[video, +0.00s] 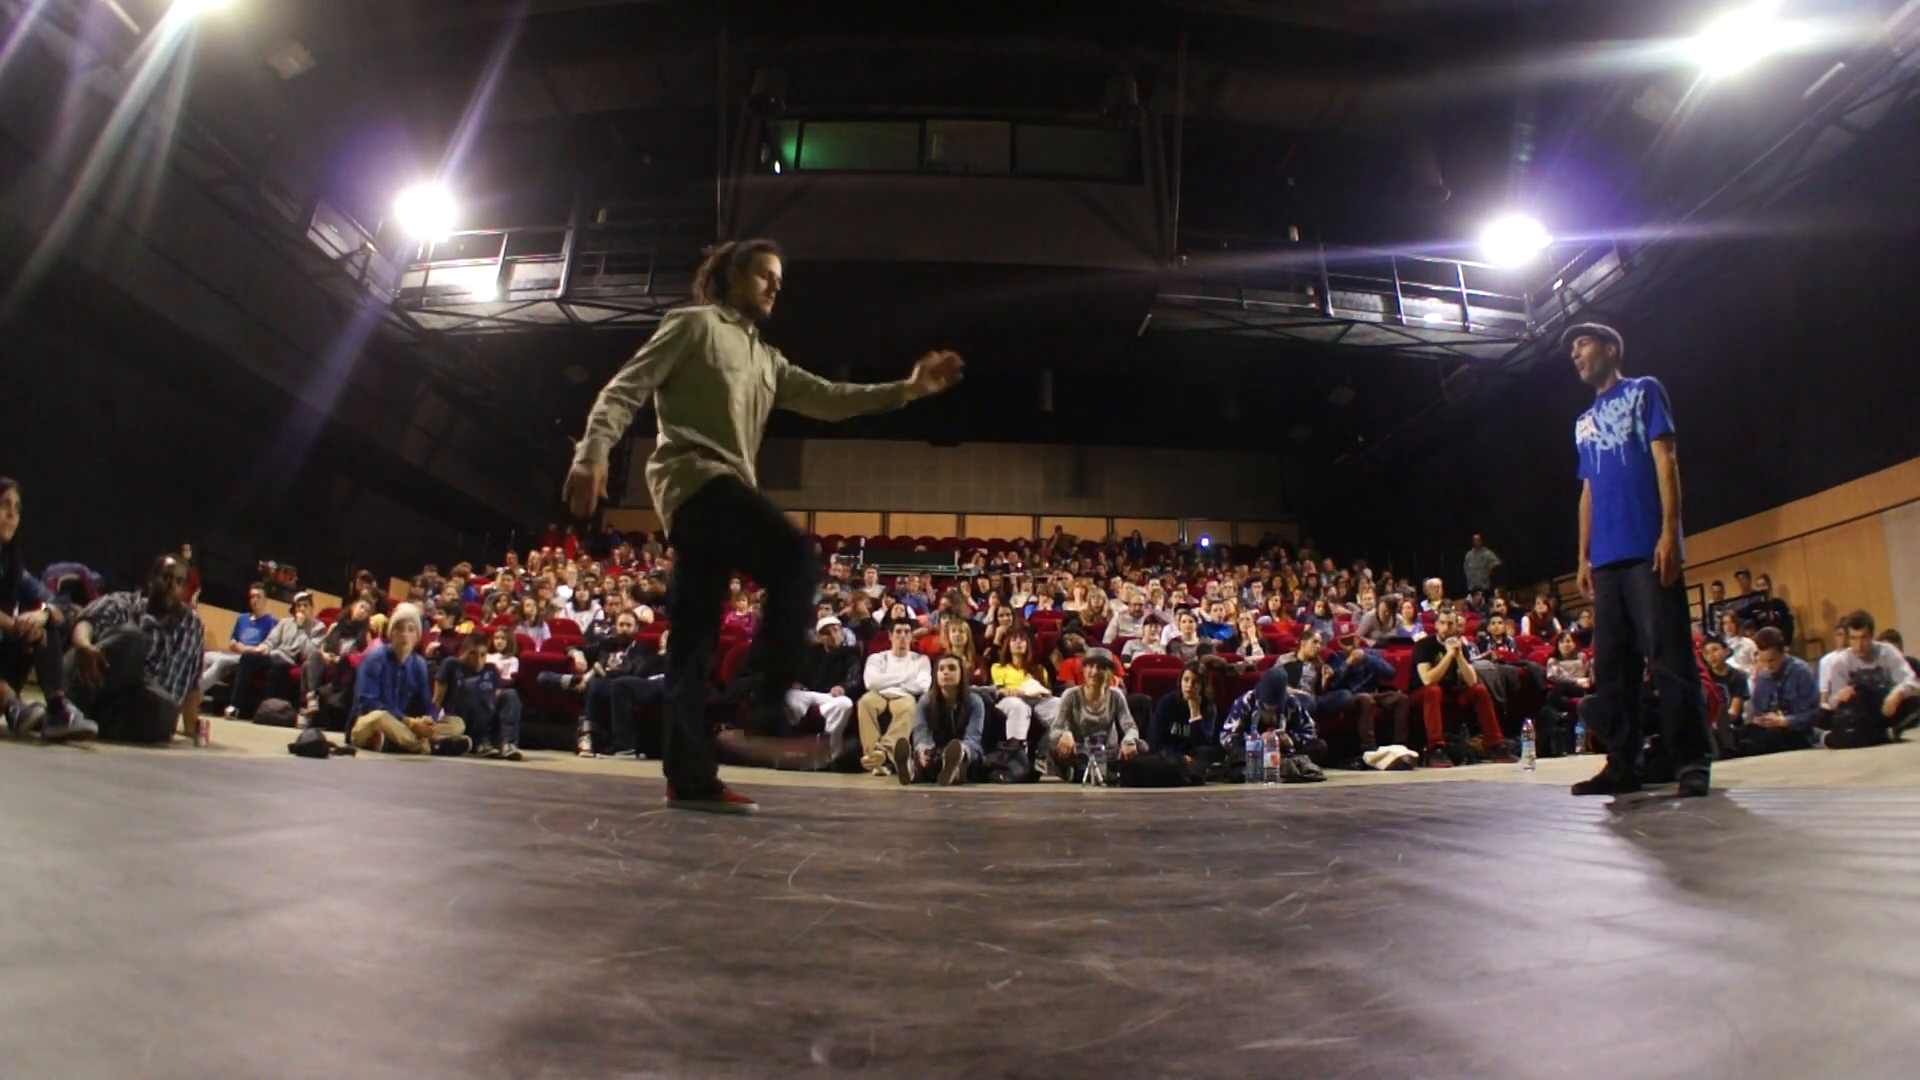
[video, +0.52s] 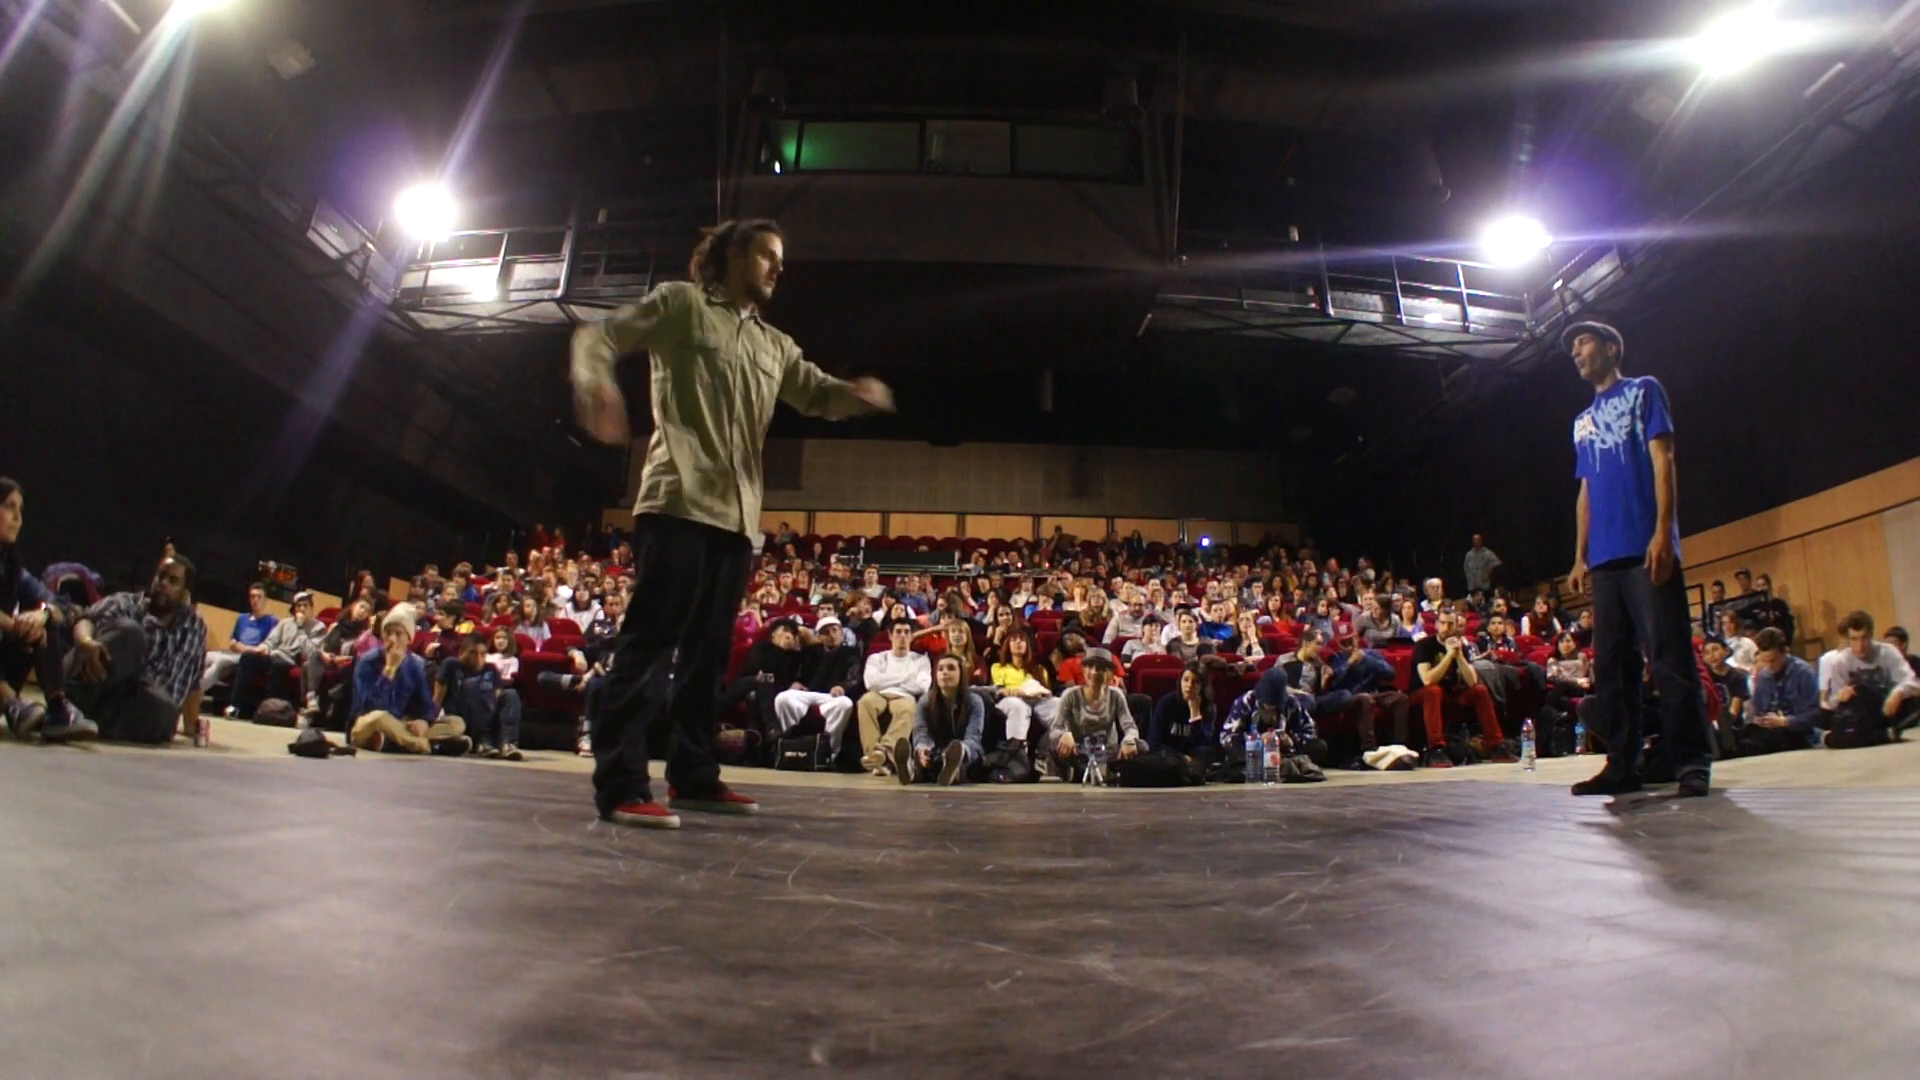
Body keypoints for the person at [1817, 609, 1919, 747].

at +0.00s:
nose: (1859, 644)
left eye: (1863, 638)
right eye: (1853, 638)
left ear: (1871, 637)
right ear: (1848, 638)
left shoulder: (1887, 652)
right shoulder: (1840, 662)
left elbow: (1910, 680)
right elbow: (1831, 703)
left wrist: (1897, 693)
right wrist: (1839, 696)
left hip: (1886, 704)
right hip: (1858, 707)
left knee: (1914, 703)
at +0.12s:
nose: (1859, 644)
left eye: (1863, 637)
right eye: (1853, 638)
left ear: (1871, 636)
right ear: (1848, 638)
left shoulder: (1887, 652)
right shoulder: (1840, 662)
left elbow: (1910, 681)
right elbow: (1831, 703)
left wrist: (1897, 694)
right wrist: (1839, 696)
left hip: (1885, 704)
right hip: (1857, 707)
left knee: (1913, 703)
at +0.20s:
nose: (1859, 644)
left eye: (1863, 638)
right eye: (1853, 638)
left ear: (1871, 636)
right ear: (1848, 638)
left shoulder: (1887, 652)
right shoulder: (1840, 662)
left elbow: (1910, 680)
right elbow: (1831, 703)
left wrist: (1897, 694)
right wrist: (1839, 696)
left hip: (1885, 704)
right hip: (1857, 707)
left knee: (1914, 703)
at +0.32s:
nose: (1859, 645)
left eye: (1864, 638)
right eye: (1854, 639)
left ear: (1871, 637)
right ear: (1848, 639)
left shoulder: (1888, 652)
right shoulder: (1840, 662)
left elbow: (1911, 681)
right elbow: (1831, 702)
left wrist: (1897, 693)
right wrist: (1840, 696)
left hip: (1885, 705)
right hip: (1857, 708)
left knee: (1913, 703)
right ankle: (1827, 738)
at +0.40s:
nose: (1859, 645)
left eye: (1864, 638)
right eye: (1854, 639)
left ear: (1871, 637)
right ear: (1847, 639)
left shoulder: (1888, 652)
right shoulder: (1839, 662)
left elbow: (1911, 681)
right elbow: (1830, 702)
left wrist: (1897, 693)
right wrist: (1839, 697)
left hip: (1886, 705)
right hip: (1856, 707)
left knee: (1914, 704)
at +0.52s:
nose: (1860, 645)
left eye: (1864, 638)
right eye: (1854, 639)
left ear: (1871, 636)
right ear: (1847, 639)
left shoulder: (1888, 652)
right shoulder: (1840, 662)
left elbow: (1911, 681)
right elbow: (1831, 702)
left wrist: (1897, 693)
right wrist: (1839, 697)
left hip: (1886, 704)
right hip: (1857, 707)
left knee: (1913, 704)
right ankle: (1886, 735)